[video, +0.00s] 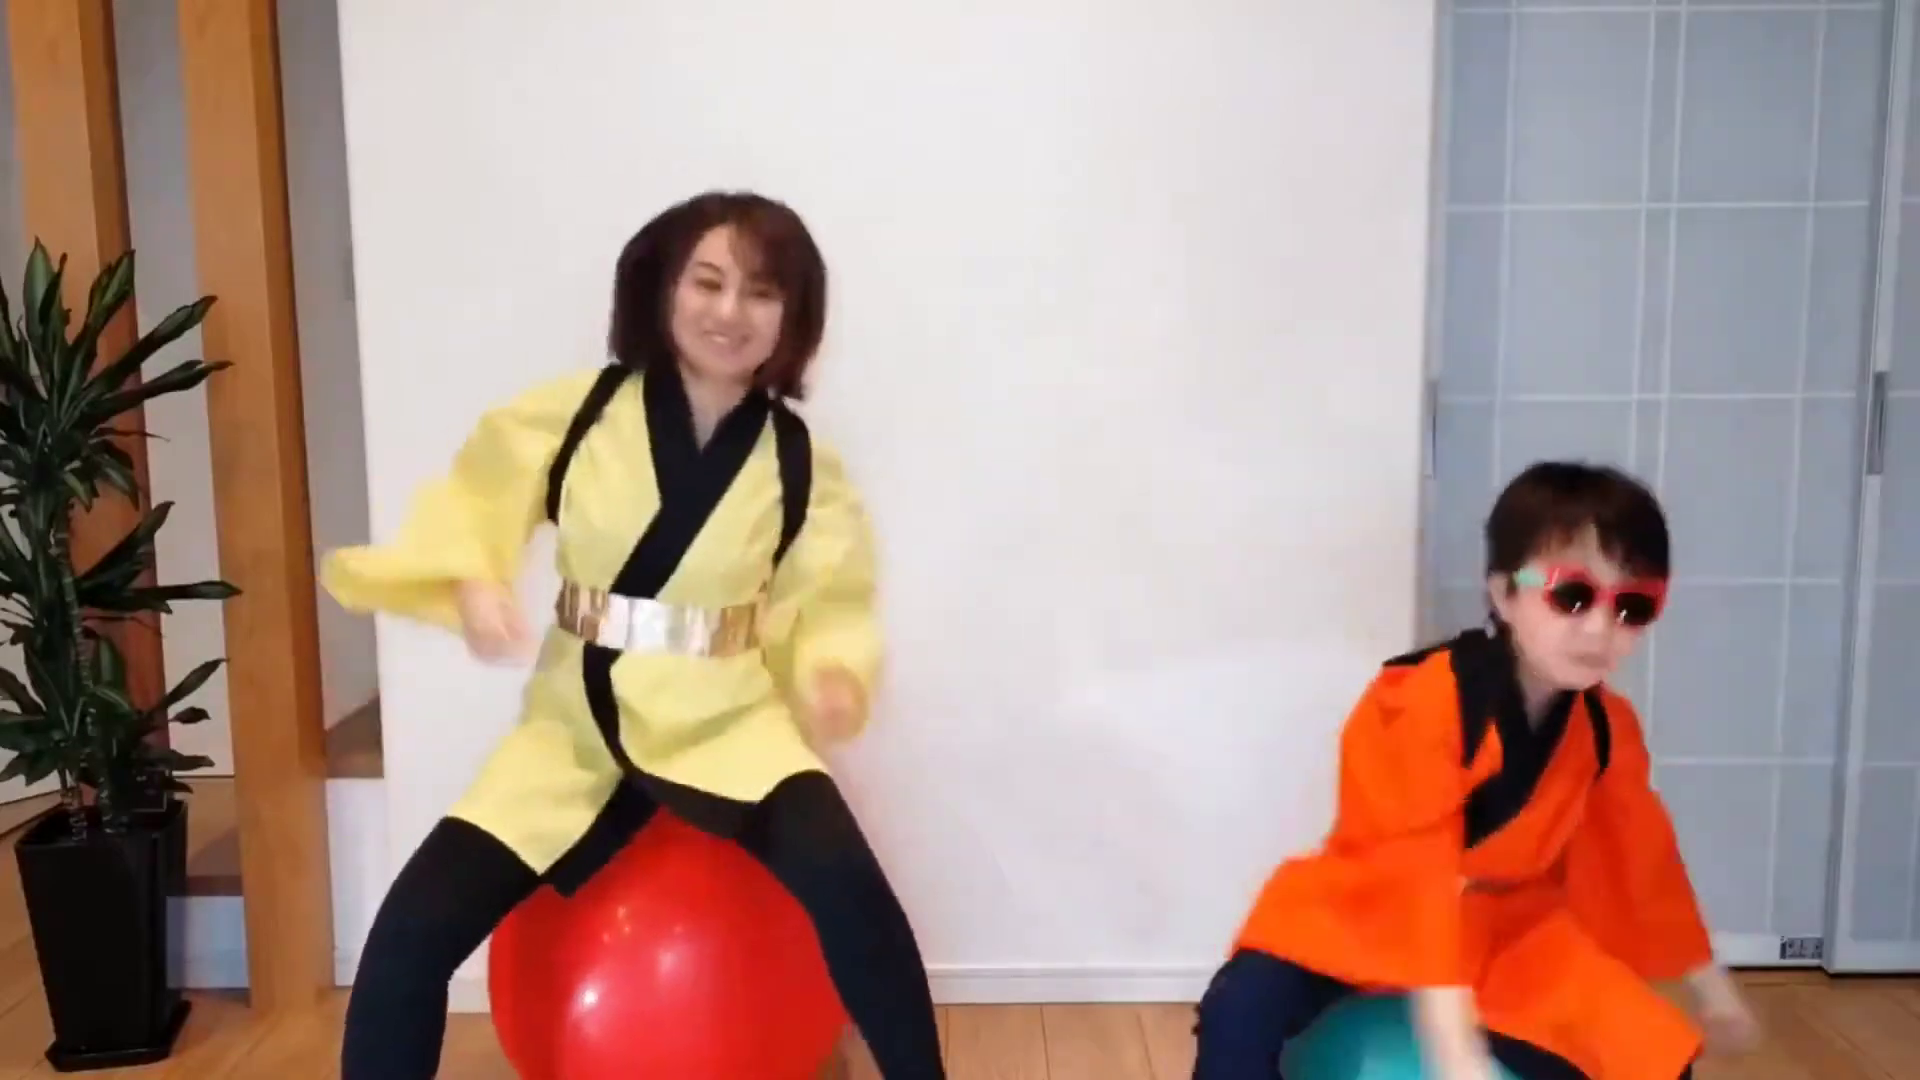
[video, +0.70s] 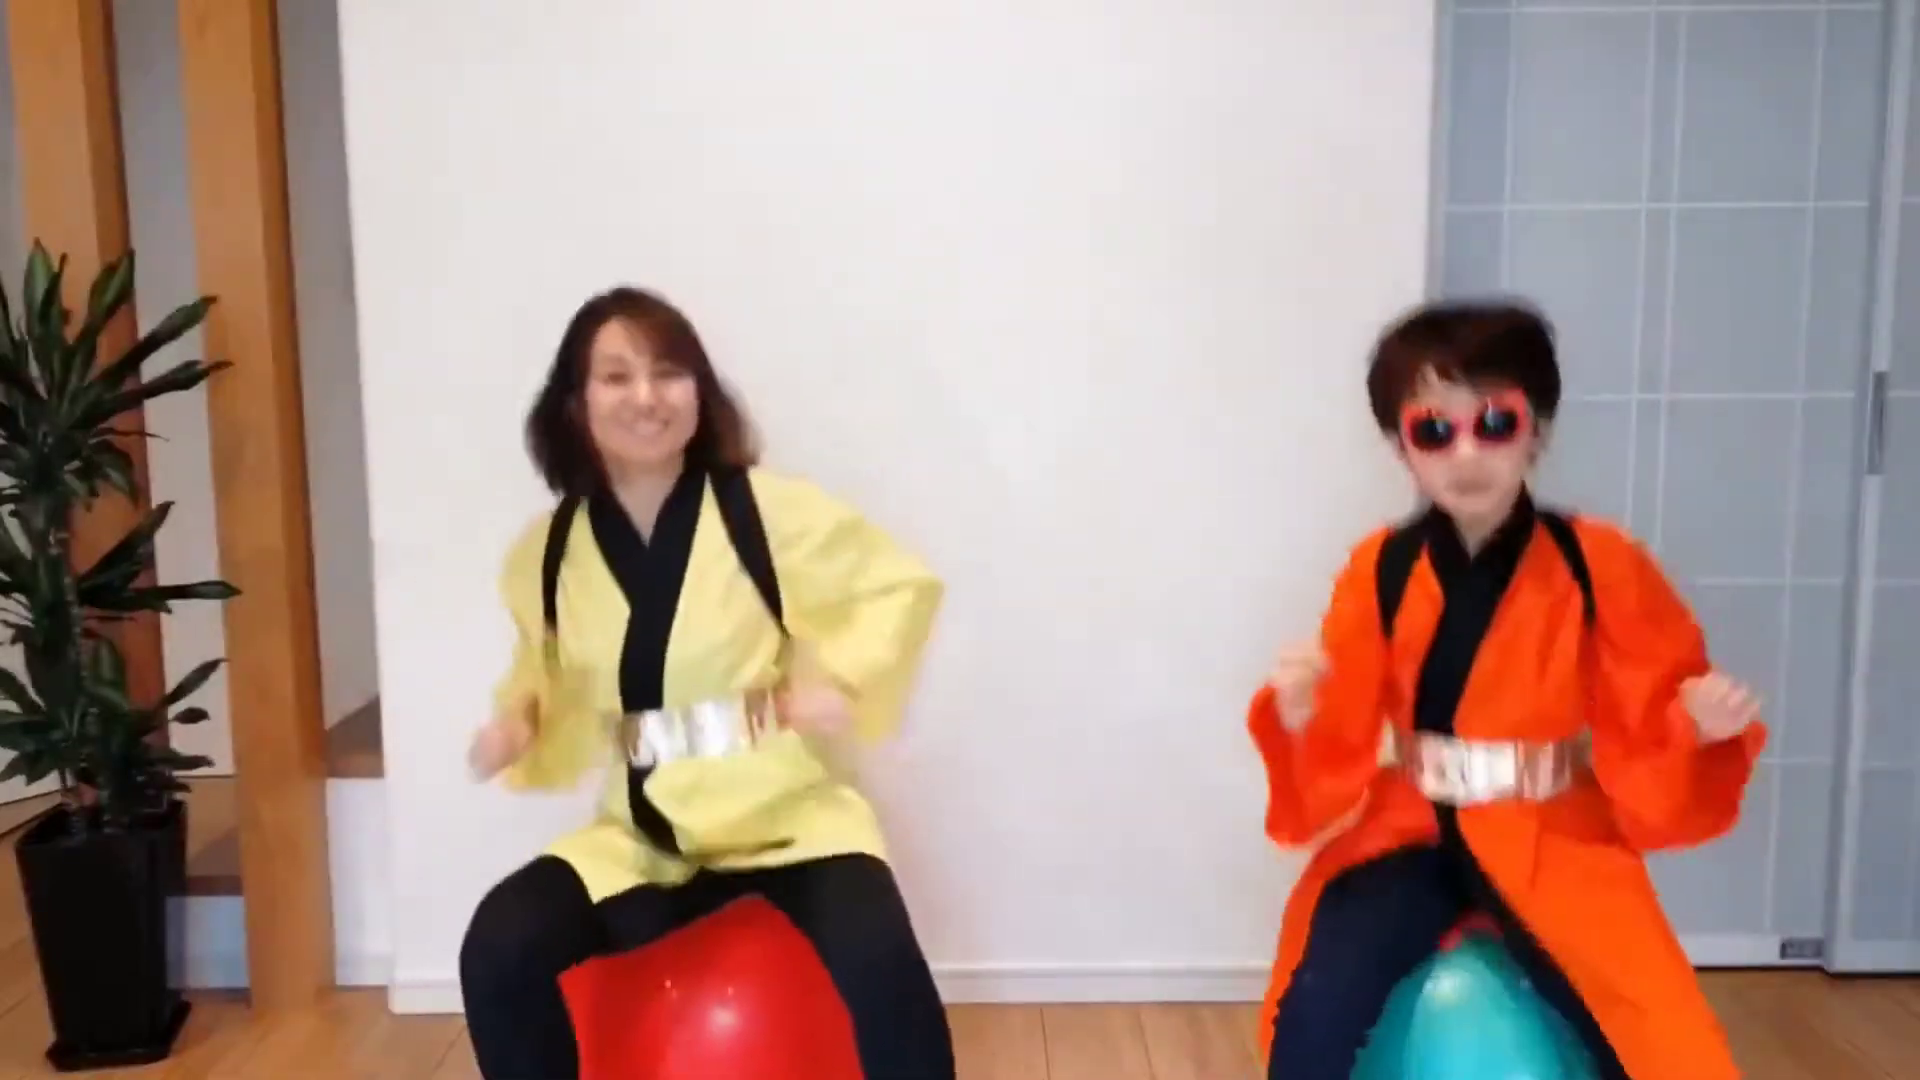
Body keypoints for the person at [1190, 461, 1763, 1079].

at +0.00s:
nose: (1602, 628)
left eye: (1631, 608)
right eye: (1574, 595)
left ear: (1648, 621)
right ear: (1503, 597)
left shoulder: (1606, 729)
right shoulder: (1415, 703)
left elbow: (1647, 868)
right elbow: (1418, 889)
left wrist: (1713, 992)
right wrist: (1458, 1058)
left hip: (1504, 929)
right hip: (1365, 910)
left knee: (1649, 1051)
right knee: (1238, 1015)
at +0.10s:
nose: (1639, 548)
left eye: (1669, 527)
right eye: (1609, 514)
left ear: (1686, 545)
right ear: (1537, 521)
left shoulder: (1633, 665)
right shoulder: (1445, 632)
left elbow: (1708, 794)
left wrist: (1828, 899)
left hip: (1504, 874)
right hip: (1362, 860)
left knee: (1613, 1047)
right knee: (1254, 1005)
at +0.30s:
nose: (1611, 450)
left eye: (1641, 430)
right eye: (1579, 422)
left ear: (1662, 451)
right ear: (1511, 442)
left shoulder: (1649, 572)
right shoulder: (1442, 563)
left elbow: (1767, 660)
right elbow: (1509, 707)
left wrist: (1904, 633)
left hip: (1543, 821)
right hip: (1402, 803)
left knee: (1653, 1039)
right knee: (1312, 973)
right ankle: (1288, 1061)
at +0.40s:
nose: (1566, 505)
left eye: (1596, 482)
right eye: (1533, 480)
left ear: (1620, 496)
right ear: (1477, 503)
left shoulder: (1625, 614)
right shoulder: (1421, 619)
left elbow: (1747, 688)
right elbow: (1422, 769)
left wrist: (1838, 601)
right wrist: (1547, 638)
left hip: (1552, 863)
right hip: (1418, 851)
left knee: (1654, 1042)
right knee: (1339, 961)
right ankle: (1301, 1063)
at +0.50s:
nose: (1521, 568)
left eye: (1549, 545)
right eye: (1488, 547)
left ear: (1580, 564)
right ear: (1443, 574)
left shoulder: (1604, 679)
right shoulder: (1409, 689)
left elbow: (1767, 791)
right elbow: (1348, 869)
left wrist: (1718, 687)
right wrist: (1416, 742)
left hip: (1551, 923)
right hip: (1412, 918)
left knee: (1661, 1062)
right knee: (1312, 1051)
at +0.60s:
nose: (1486, 537)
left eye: (1516, 508)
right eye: (1452, 513)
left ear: (1554, 533)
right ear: (1418, 546)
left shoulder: (1597, 660)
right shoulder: (1388, 666)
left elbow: (1709, 838)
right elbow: (1316, 835)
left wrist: (1699, 718)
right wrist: (1349, 736)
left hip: (1552, 910)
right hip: (1414, 905)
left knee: (1660, 1059)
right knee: (1313, 1041)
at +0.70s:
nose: (1466, 454)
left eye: (1496, 422)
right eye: (1432, 429)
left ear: (1537, 434)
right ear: (1399, 447)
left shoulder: (1598, 564)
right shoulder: (1381, 569)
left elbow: (1642, 748)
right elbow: (1336, 773)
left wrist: (1691, 726)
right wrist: (1298, 721)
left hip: (1550, 843)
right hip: (1410, 837)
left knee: (1657, 1036)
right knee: (1319, 1004)